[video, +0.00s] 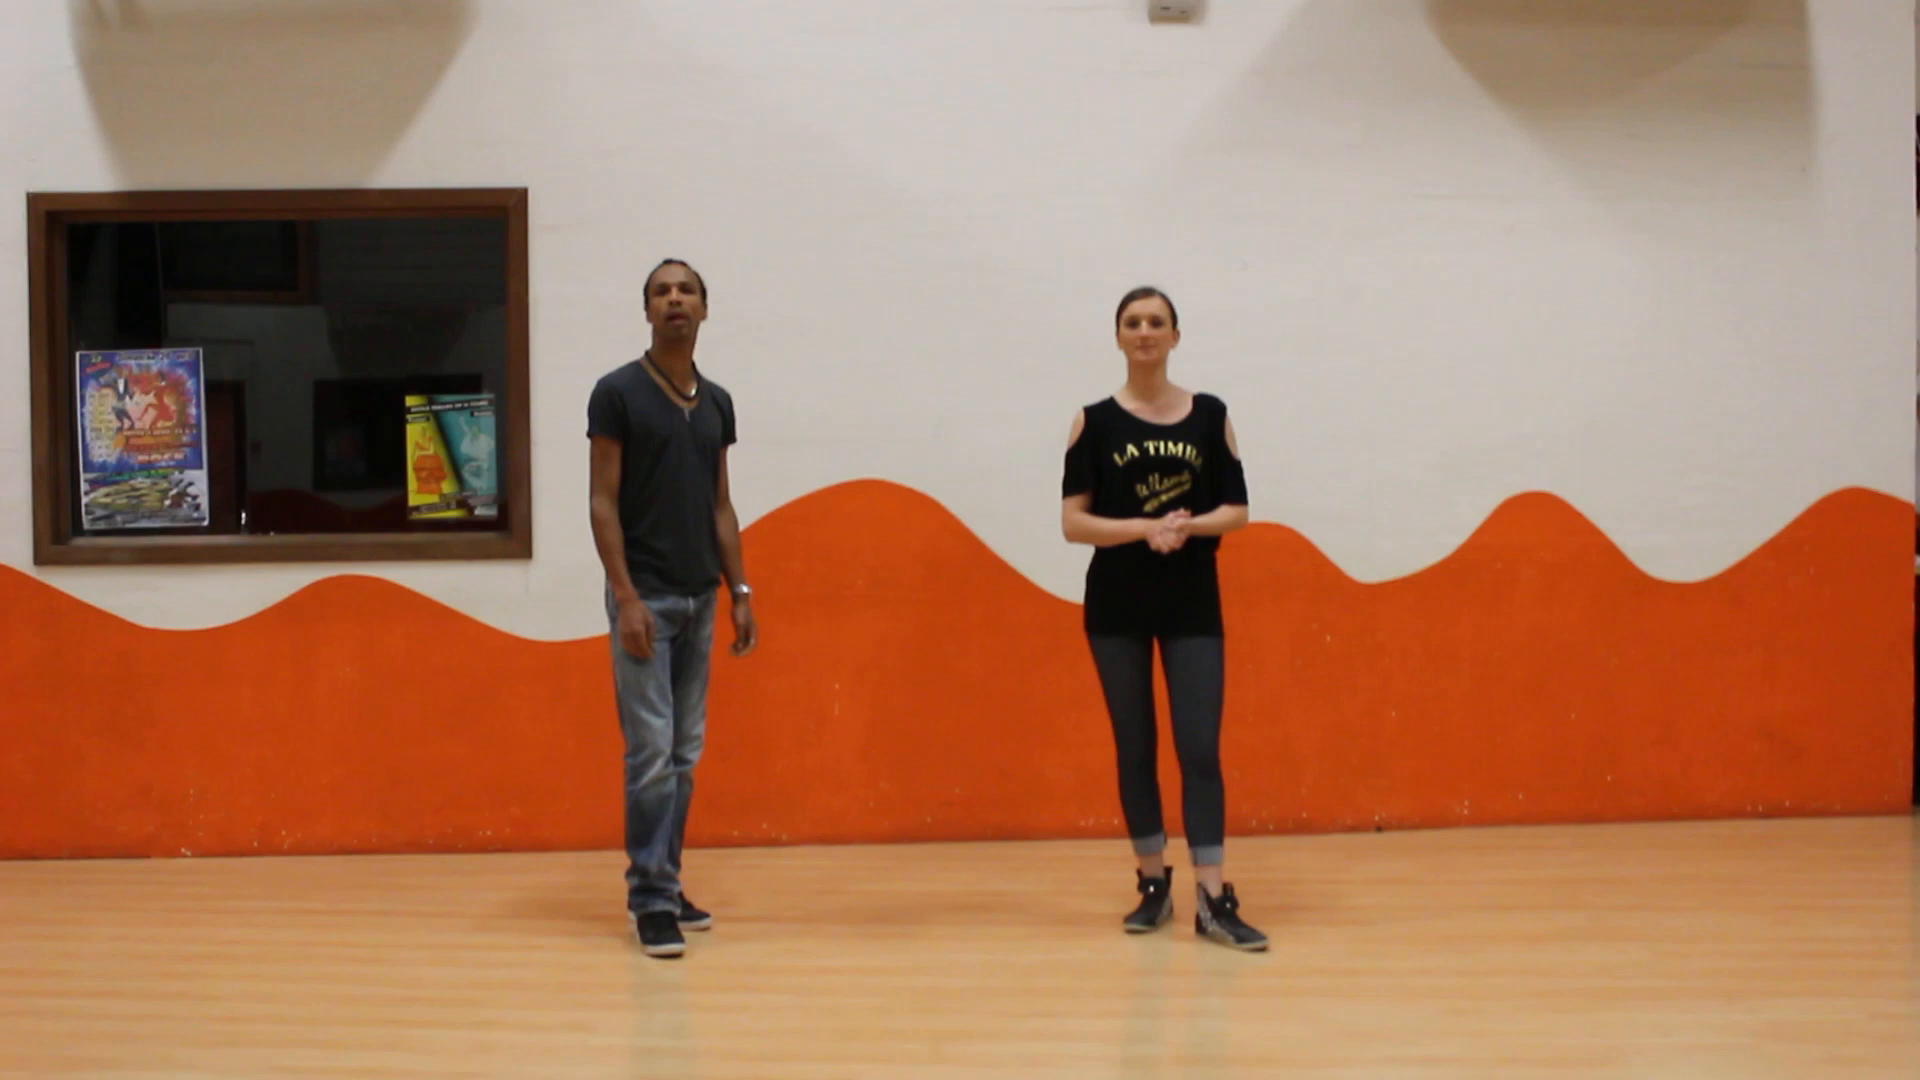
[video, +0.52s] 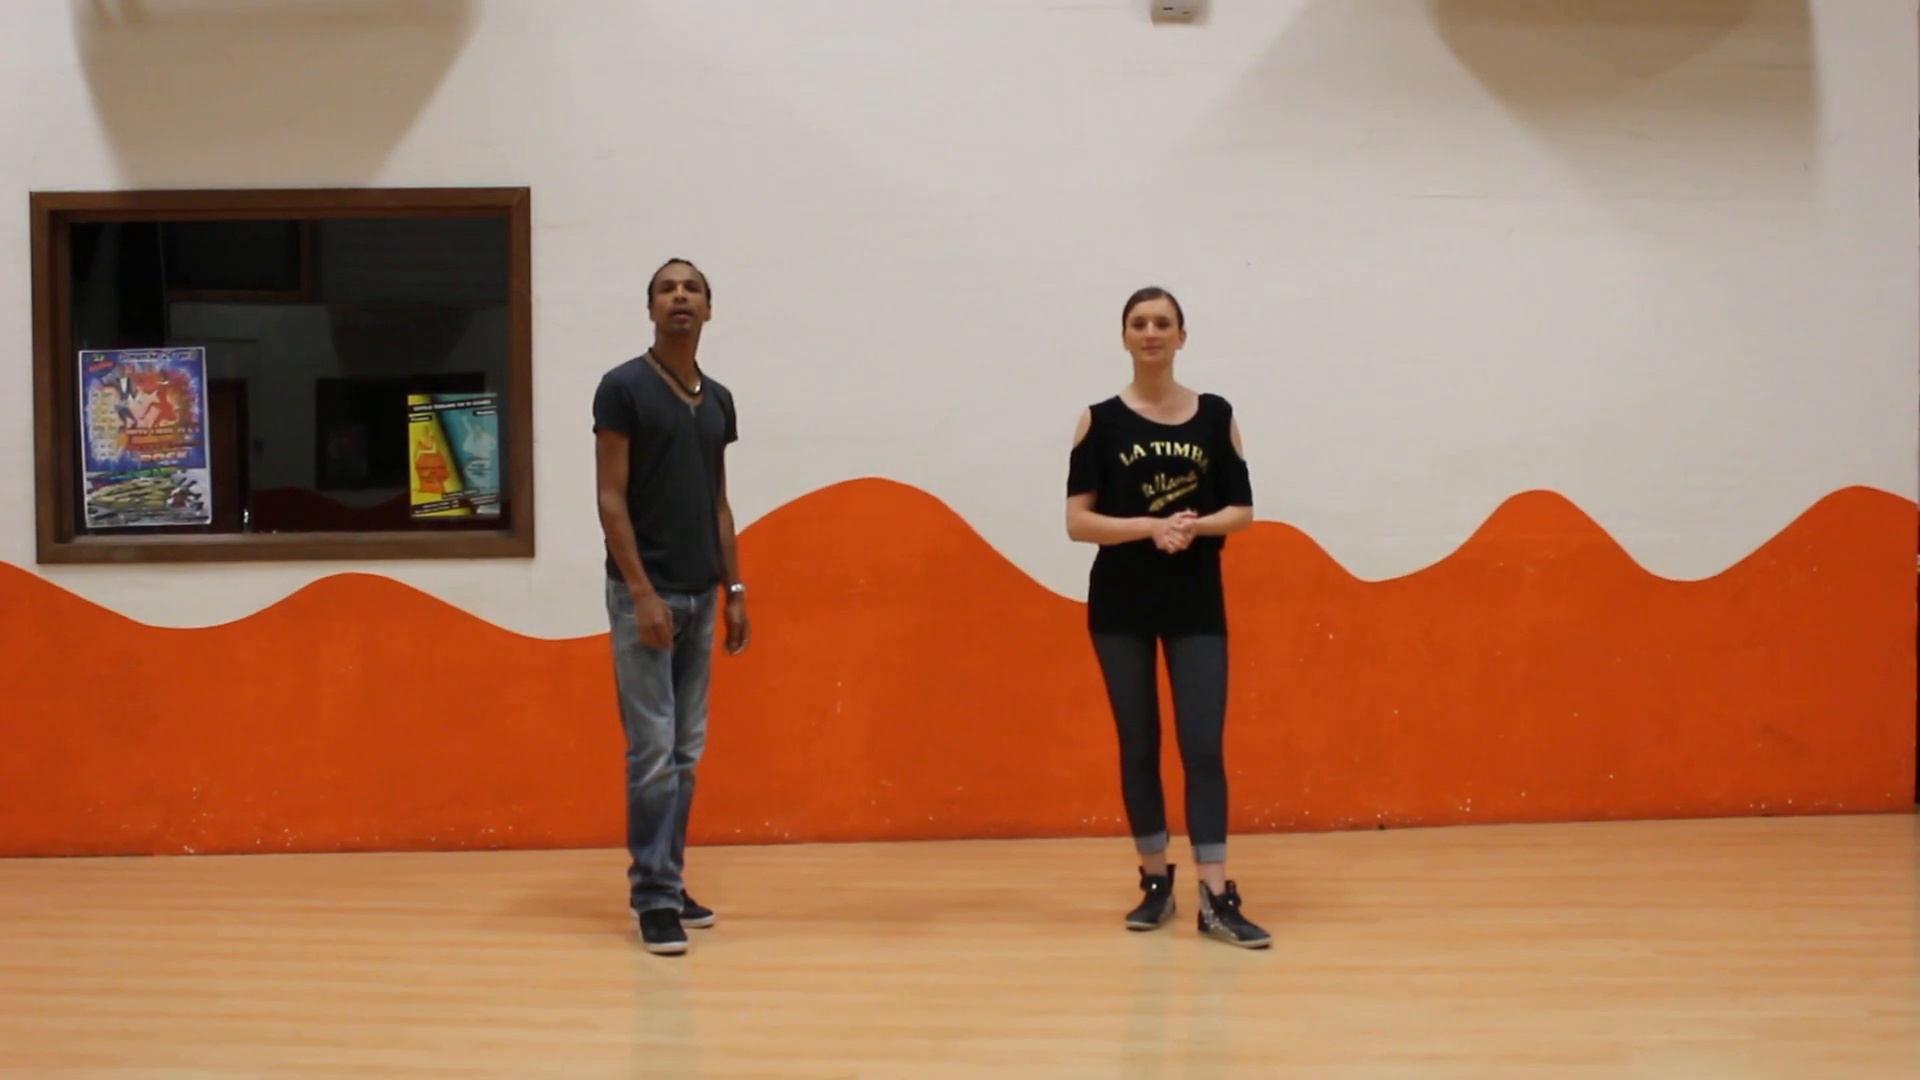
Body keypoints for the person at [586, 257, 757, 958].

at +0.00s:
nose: (674, 299)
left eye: (686, 290)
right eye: (662, 291)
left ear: (704, 309)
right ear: (645, 310)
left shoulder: (715, 402)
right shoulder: (618, 393)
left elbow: (720, 504)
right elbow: (603, 504)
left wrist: (740, 591)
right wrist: (626, 598)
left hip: (699, 594)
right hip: (643, 595)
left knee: (684, 749)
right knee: (652, 747)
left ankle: (664, 885)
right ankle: (652, 899)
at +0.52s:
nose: (681, 296)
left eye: (692, 288)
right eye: (668, 288)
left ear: (709, 308)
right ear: (649, 308)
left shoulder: (716, 400)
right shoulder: (623, 388)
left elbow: (718, 501)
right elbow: (612, 504)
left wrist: (734, 589)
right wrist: (644, 595)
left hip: (698, 591)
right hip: (643, 592)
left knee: (686, 746)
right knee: (654, 746)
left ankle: (667, 882)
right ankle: (654, 895)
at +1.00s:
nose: (681, 298)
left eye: (694, 290)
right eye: (670, 288)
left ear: (710, 310)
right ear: (651, 306)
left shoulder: (719, 399)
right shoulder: (618, 383)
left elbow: (723, 504)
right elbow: (603, 493)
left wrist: (741, 588)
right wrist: (613, 583)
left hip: (698, 590)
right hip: (641, 590)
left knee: (686, 743)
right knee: (658, 738)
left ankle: (666, 882)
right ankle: (653, 894)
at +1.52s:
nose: (681, 298)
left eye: (695, 290)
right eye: (671, 288)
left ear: (712, 311)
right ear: (651, 304)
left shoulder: (722, 398)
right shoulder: (612, 390)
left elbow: (727, 505)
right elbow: (594, 504)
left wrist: (746, 596)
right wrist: (591, 599)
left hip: (691, 598)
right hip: (626, 597)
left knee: (679, 752)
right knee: (641, 752)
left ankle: (665, 883)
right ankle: (644, 901)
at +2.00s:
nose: (661, 288)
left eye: (674, 279)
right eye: (648, 277)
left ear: (689, 299)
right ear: (625, 293)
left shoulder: (707, 386)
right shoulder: (593, 389)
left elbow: (713, 493)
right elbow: (587, 506)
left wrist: (736, 577)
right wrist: (607, 600)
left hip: (693, 601)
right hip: (626, 603)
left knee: (705, 751)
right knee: (638, 759)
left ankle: (672, 872)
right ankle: (645, 902)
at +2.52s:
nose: (689, 295)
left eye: (702, 287)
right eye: (677, 281)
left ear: (714, 303)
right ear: (650, 291)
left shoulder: (726, 392)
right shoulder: (608, 390)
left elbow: (729, 501)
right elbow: (595, 505)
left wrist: (748, 597)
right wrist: (621, 570)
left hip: (708, 608)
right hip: (634, 607)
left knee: (729, 761)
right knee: (639, 772)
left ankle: (751, 923)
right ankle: (648, 915)